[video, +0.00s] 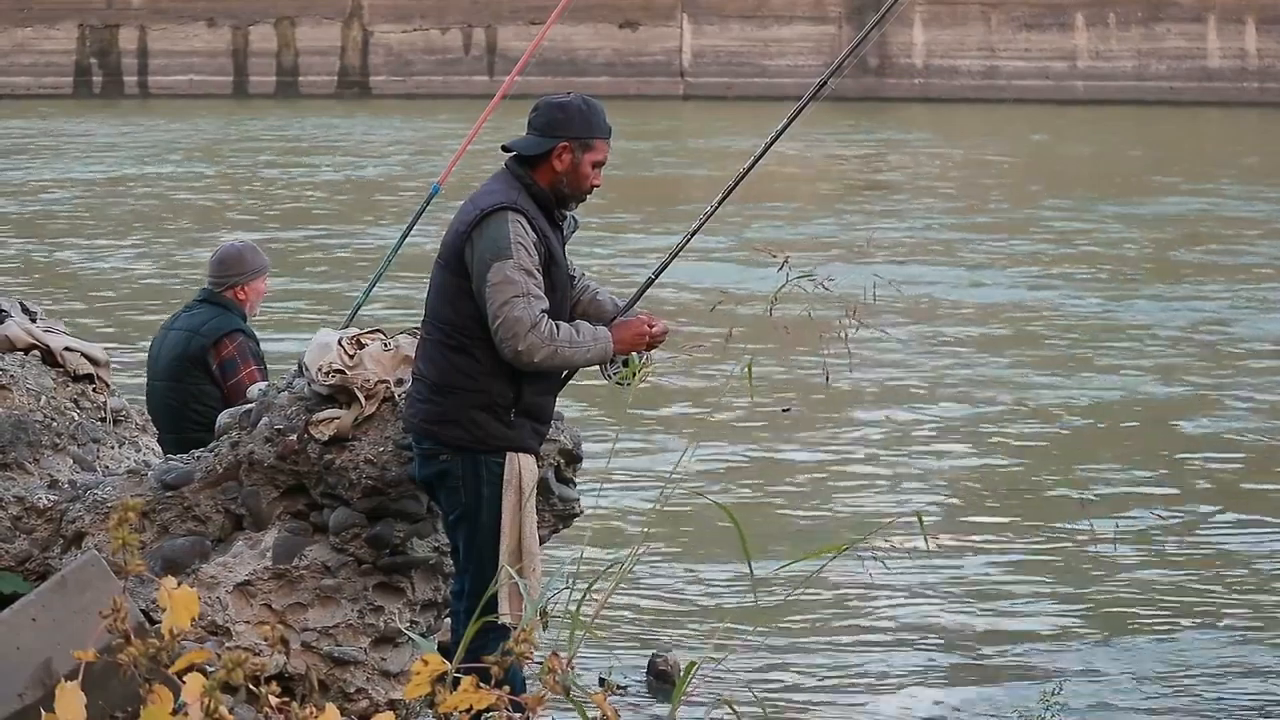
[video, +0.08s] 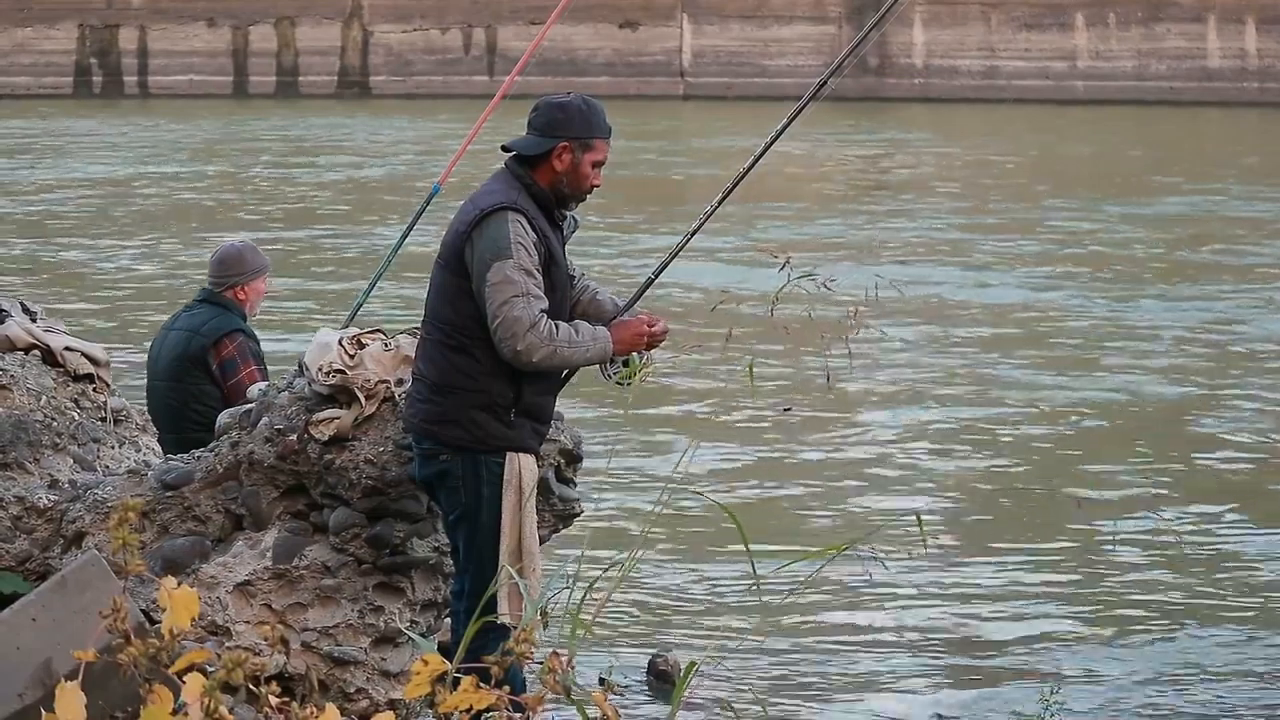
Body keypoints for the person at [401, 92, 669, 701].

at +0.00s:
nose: (600, 178)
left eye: (603, 165)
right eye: (596, 164)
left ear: (562, 156)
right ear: (560, 156)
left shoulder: (535, 214)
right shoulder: (505, 221)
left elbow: (566, 293)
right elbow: (524, 339)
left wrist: (622, 319)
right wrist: (611, 340)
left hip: (493, 433)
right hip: (468, 438)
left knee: (497, 589)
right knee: (489, 594)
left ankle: (490, 706)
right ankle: (487, 709)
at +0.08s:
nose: (600, 178)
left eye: (603, 165)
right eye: (596, 164)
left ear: (562, 156)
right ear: (560, 156)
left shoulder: (535, 215)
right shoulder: (506, 222)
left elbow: (565, 293)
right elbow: (524, 338)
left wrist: (621, 320)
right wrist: (611, 340)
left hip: (494, 433)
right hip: (468, 438)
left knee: (496, 591)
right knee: (488, 595)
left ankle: (489, 708)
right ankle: (486, 710)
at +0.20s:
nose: (600, 178)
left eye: (603, 165)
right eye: (596, 164)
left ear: (562, 156)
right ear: (560, 156)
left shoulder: (535, 215)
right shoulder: (505, 222)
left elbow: (565, 293)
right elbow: (520, 338)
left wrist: (620, 320)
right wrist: (610, 342)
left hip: (493, 433)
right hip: (468, 437)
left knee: (494, 589)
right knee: (487, 594)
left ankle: (486, 706)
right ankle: (486, 709)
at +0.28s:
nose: (599, 178)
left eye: (603, 165)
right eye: (596, 164)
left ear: (562, 156)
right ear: (561, 156)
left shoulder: (535, 214)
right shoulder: (506, 221)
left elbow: (565, 293)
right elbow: (519, 339)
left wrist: (620, 320)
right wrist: (610, 344)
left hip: (493, 433)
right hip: (468, 438)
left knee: (494, 589)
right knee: (488, 594)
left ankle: (487, 706)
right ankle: (485, 708)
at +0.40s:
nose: (599, 178)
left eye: (602, 165)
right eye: (595, 164)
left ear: (561, 156)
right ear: (560, 156)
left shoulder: (534, 215)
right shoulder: (505, 222)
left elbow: (564, 294)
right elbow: (518, 339)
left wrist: (621, 322)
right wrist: (606, 351)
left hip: (493, 432)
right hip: (468, 437)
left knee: (496, 591)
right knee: (489, 596)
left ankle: (492, 709)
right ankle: (487, 711)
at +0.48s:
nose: (598, 178)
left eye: (602, 165)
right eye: (594, 165)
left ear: (560, 157)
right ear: (558, 157)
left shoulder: (535, 215)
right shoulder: (505, 222)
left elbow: (563, 295)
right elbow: (518, 340)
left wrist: (619, 322)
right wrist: (604, 353)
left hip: (493, 433)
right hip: (468, 438)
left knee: (497, 590)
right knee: (489, 594)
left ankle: (488, 707)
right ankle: (485, 710)